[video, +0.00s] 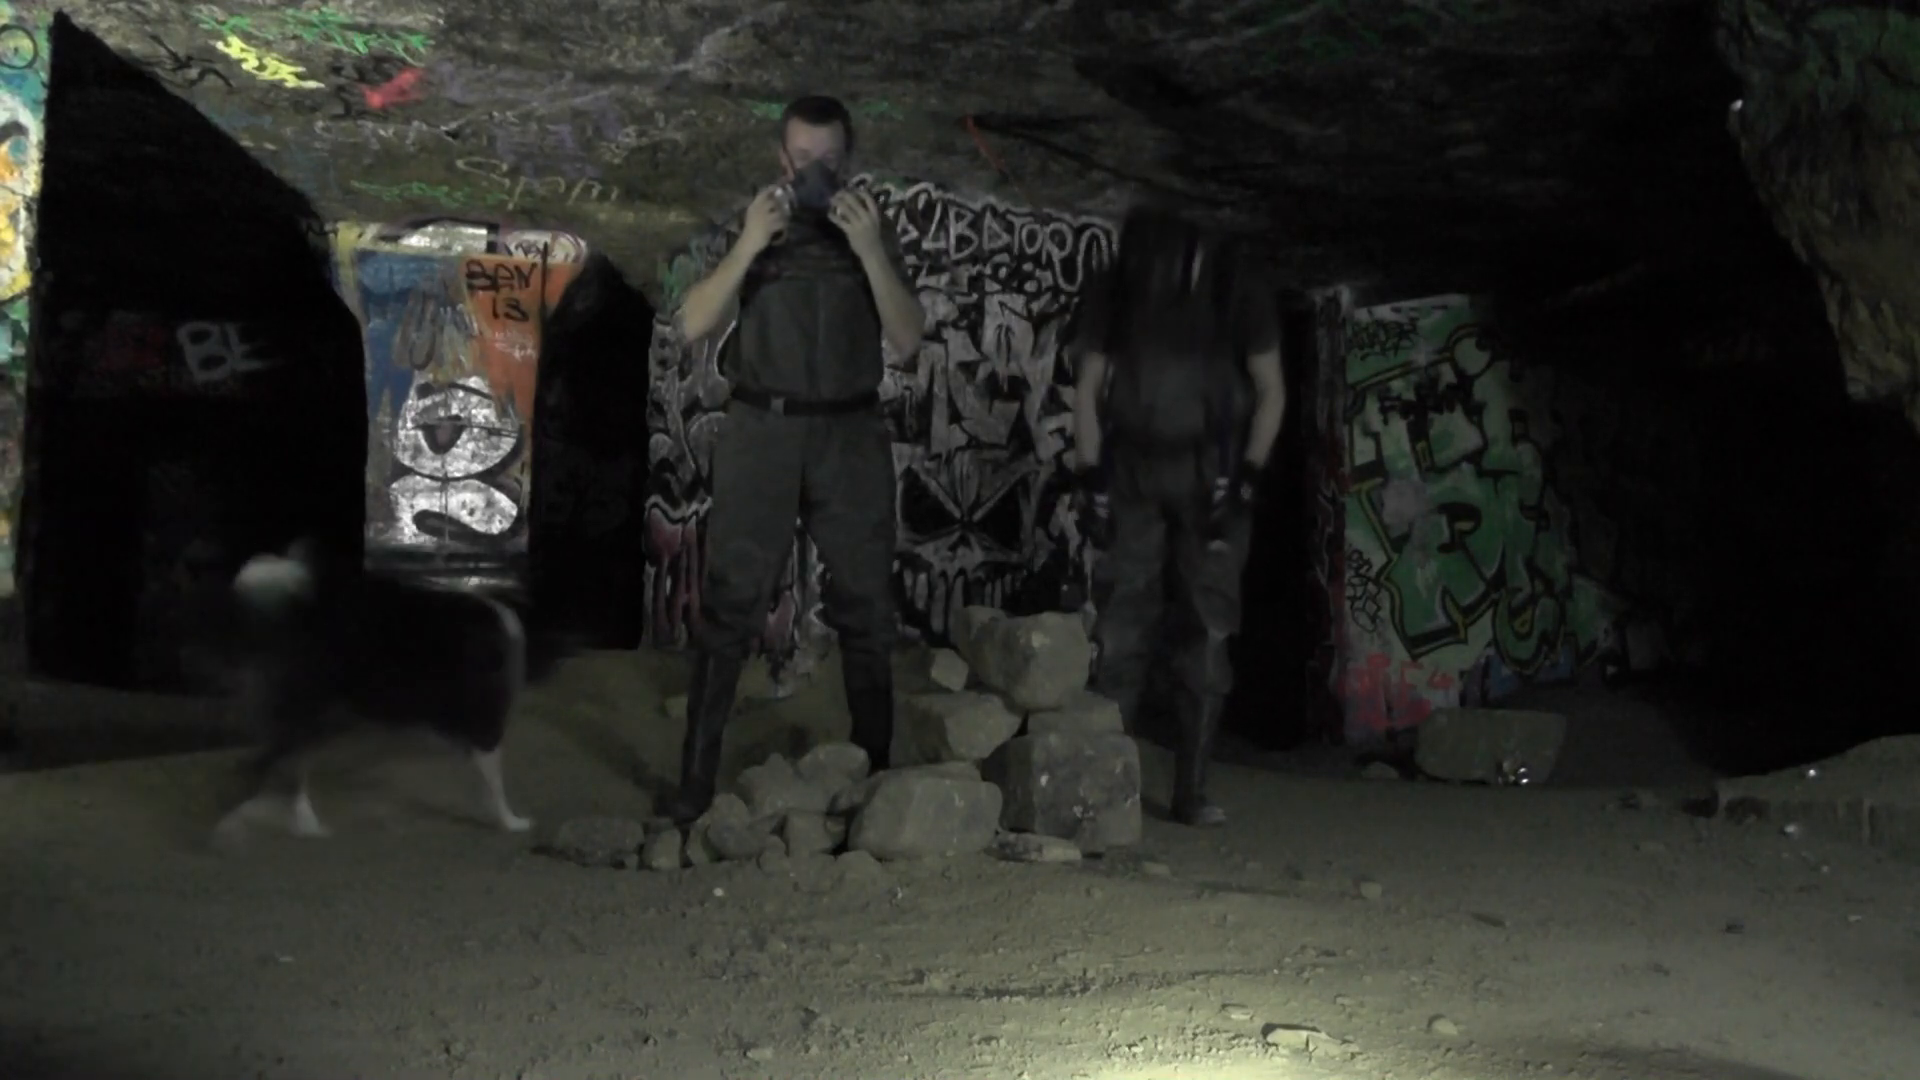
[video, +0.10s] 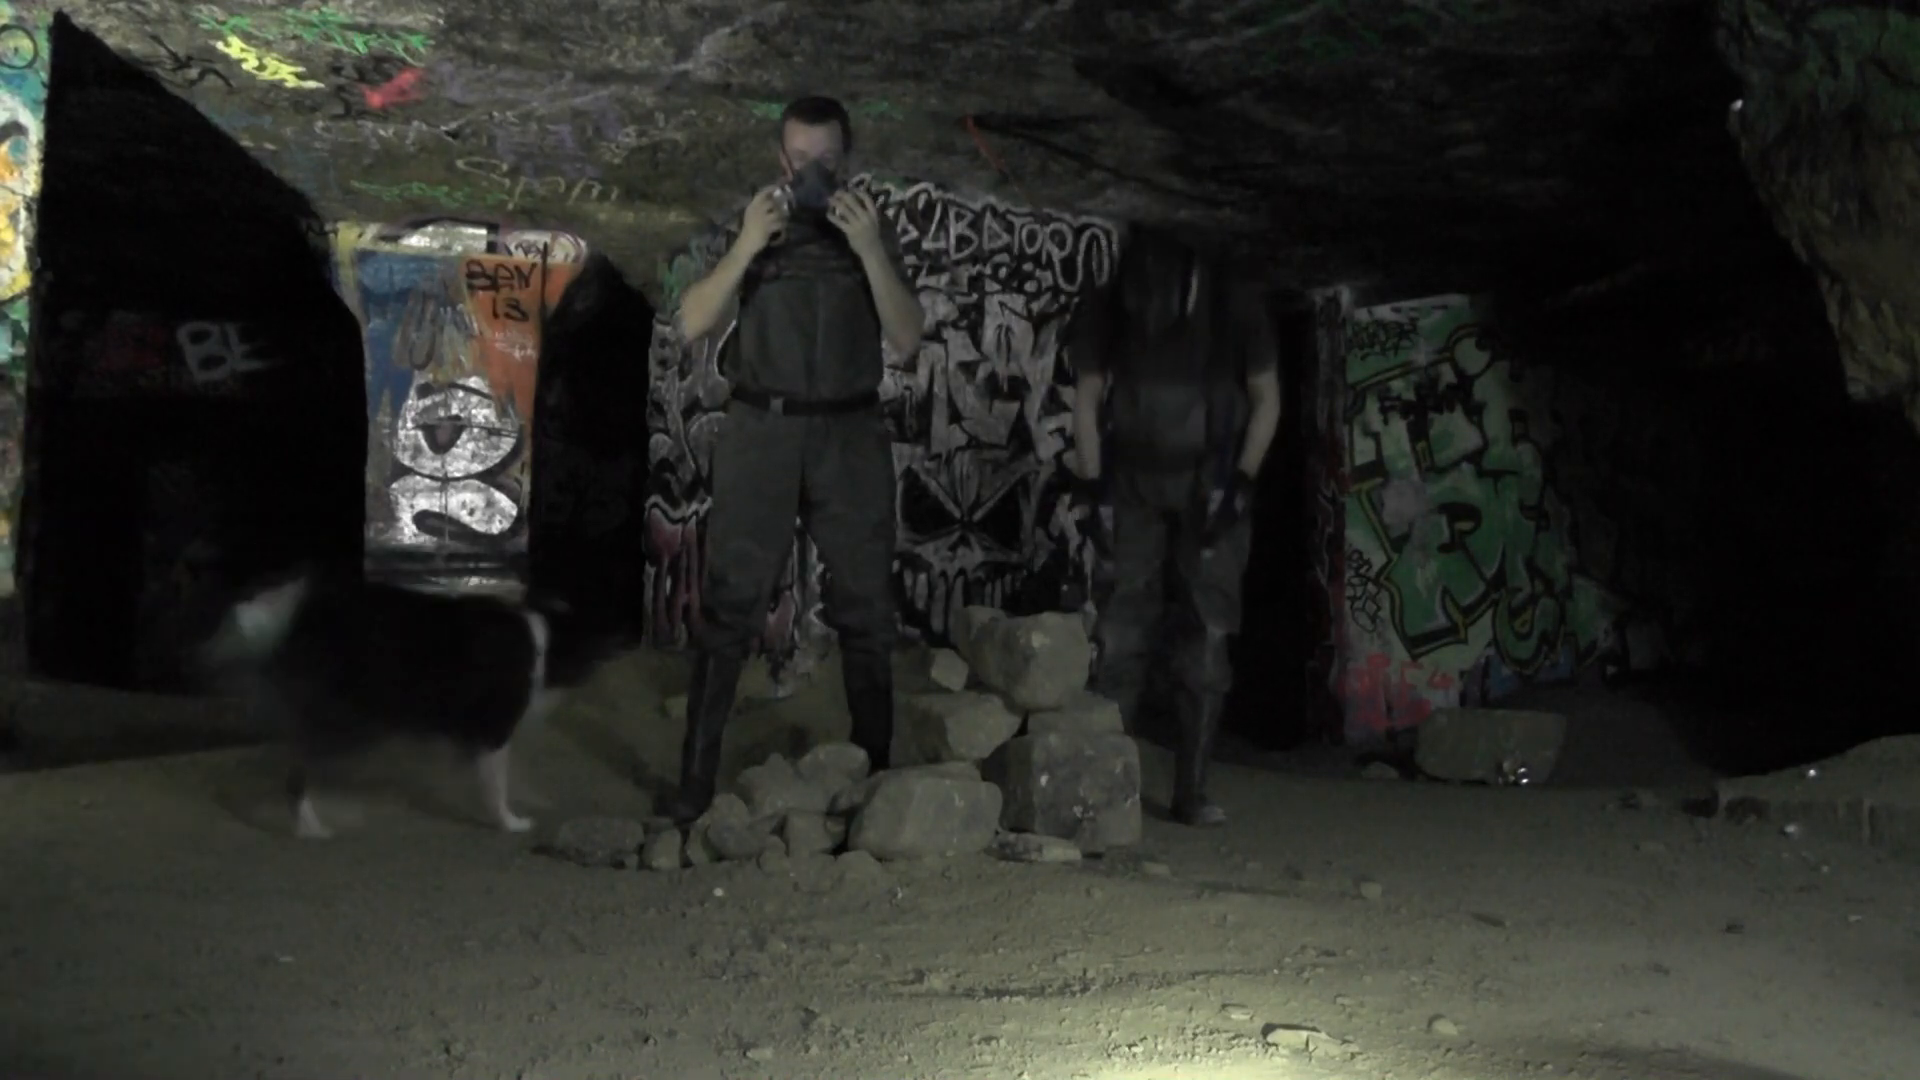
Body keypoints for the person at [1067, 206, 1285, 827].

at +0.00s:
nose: (1169, 260)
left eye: (1183, 247)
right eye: (1157, 247)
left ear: (1207, 242)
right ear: (1140, 242)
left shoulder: (1241, 293)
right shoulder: (1119, 287)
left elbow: (1271, 391)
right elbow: (1086, 389)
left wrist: (1248, 475)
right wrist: (1091, 475)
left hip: (1213, 491)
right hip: (1130, 489)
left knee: (1207, 636)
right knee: (1121, 633)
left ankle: (1191, 788)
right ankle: (1105, 785)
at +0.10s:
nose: (1164, 284)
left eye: (1176, 268)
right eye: (1153, 267)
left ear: (1200, 261)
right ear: (1136, 260)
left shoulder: (1237, 307)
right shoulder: (1115, 302)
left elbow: (1266, 399)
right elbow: (1086, 395)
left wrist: (1241, 480)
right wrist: (1092, 480)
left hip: (1211, 503)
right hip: (1131, 500)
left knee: (1206, 640)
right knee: (1121, 638)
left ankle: (1192, 789)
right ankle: (1105, 786)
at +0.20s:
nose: (1157, 329)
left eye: (1169, 316)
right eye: (1145, 316)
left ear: (1194, 293)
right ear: (1130, 297)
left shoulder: (1232, 320)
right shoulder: (1106, 316)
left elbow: (1263, 405)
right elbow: (1086, 409)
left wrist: (1239, 487)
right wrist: (1099, 493)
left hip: (1209, 511)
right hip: (1128, 509)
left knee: (1203, 643)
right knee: (1119, 642)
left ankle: (1193, 788)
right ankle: (1104, 786)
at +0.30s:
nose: (1160, 315)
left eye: (1173, 299)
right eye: (1148, 300)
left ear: (1196, 282)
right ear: (1133, 285)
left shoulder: (1233, 319)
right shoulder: (1108, 315)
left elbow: (1262, 406)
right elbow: (1085, 411)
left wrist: (1238, 489)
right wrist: (1102, 495)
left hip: (1209, 514)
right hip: (1128, 511)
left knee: (1203, 646)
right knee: (1118, 645)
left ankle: (1193, 786)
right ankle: (1104, 786)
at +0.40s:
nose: (1164, 275)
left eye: (1176, 263)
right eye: (1154, 261)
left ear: (1202, 256)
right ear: (1138, 253)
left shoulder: (1237, 303)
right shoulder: (1115, 300)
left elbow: (1263, 399)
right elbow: (1085, 401)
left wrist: (1238, 482)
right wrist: (1103, 478)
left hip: (1210, 504)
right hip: (1128, 500)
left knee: (1204, 645)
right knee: (1118, 643)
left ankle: (1193, 786)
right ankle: (1103, 786)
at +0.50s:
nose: (1160, 226)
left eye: (1172, 213)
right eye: (1151, 212)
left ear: (1194, 215)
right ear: (1138, 216)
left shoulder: (1236, 283)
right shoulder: (1114, 283)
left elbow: (1265, 388)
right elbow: (1085, 389)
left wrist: (1236, 469)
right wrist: (1102, 469)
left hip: (1210, 489)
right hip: (1127, 487)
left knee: (1205, 637)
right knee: (1117, 638)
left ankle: (1193, 787)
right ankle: (1104, 787)